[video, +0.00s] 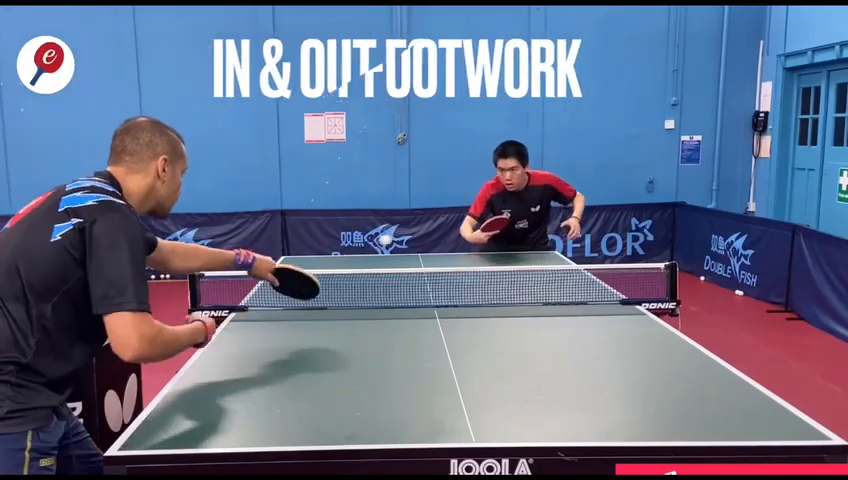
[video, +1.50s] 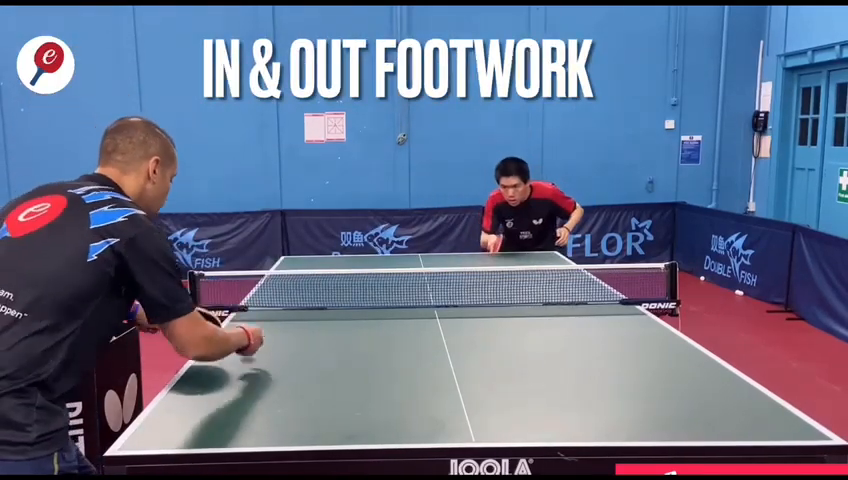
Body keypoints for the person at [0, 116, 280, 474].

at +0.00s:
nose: (179, 191)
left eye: (183, 177)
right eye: (181, 176)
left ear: (118, 161)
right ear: (161, 169)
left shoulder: (80, 195)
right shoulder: (112, 217)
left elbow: (163, 254)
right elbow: (134, 342)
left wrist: (248, 260)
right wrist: (201, 330)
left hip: (40, 402)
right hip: (16, 412)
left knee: (92, 469)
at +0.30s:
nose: (137, 139)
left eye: (137, 125)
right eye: (135, 124)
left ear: (62, 121)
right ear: (112, 123)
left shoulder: (14, 173)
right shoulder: (78, 197)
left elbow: (29, 301)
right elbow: (87, 336)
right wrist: (137, 346)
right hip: (29, 436)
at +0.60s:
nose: (110, 119)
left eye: (110, 106)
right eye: (108, 105)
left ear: (33, 104)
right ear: (83, 104)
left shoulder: (5, 162)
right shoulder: (64, 186)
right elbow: (70, 332)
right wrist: (109, 343)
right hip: (27, 438)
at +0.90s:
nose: (126, 135)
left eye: (127, 122)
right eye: (125, 121)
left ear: (55, 115)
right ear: (101, 116)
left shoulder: (9, 168)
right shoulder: (87, 189)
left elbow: (23, 299)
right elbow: (134, 320)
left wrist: (102, 312)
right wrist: (187, 323)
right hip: (30, 435)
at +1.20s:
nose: (154, 173)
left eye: (159, 159)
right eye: (156, 157)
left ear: (89, 140)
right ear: (136, 147)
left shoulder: (25, 185)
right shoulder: (121, 210)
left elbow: (42, 277)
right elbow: (191, 313)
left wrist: (124, 290)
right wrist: (238, 308)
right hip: (23, 420)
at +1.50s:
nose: (166, 198)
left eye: (171, 184)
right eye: (170, 182)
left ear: (106, 160)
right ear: (152, 170)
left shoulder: (35, 199)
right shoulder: (133, 227)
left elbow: (54, 299)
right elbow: (196, 343)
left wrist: (138, 315)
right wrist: (239, 337)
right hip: (23, 432)